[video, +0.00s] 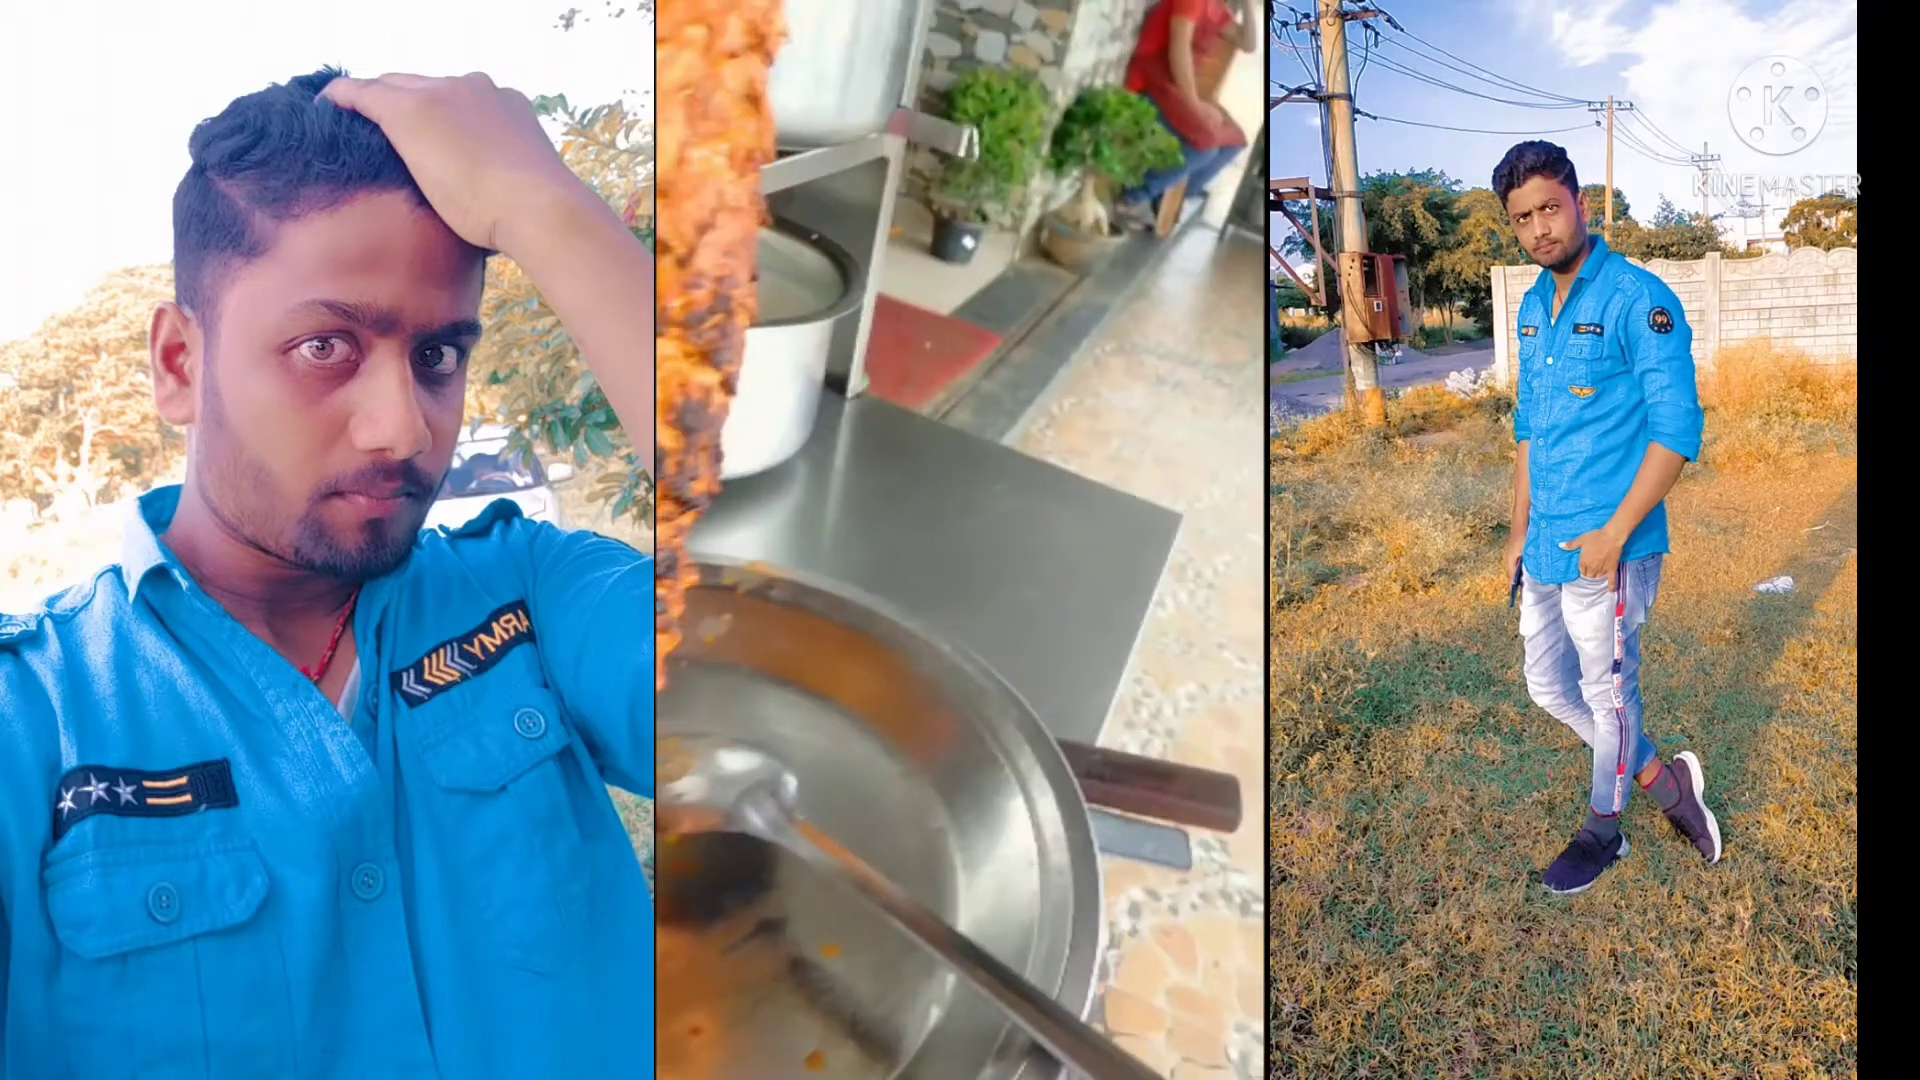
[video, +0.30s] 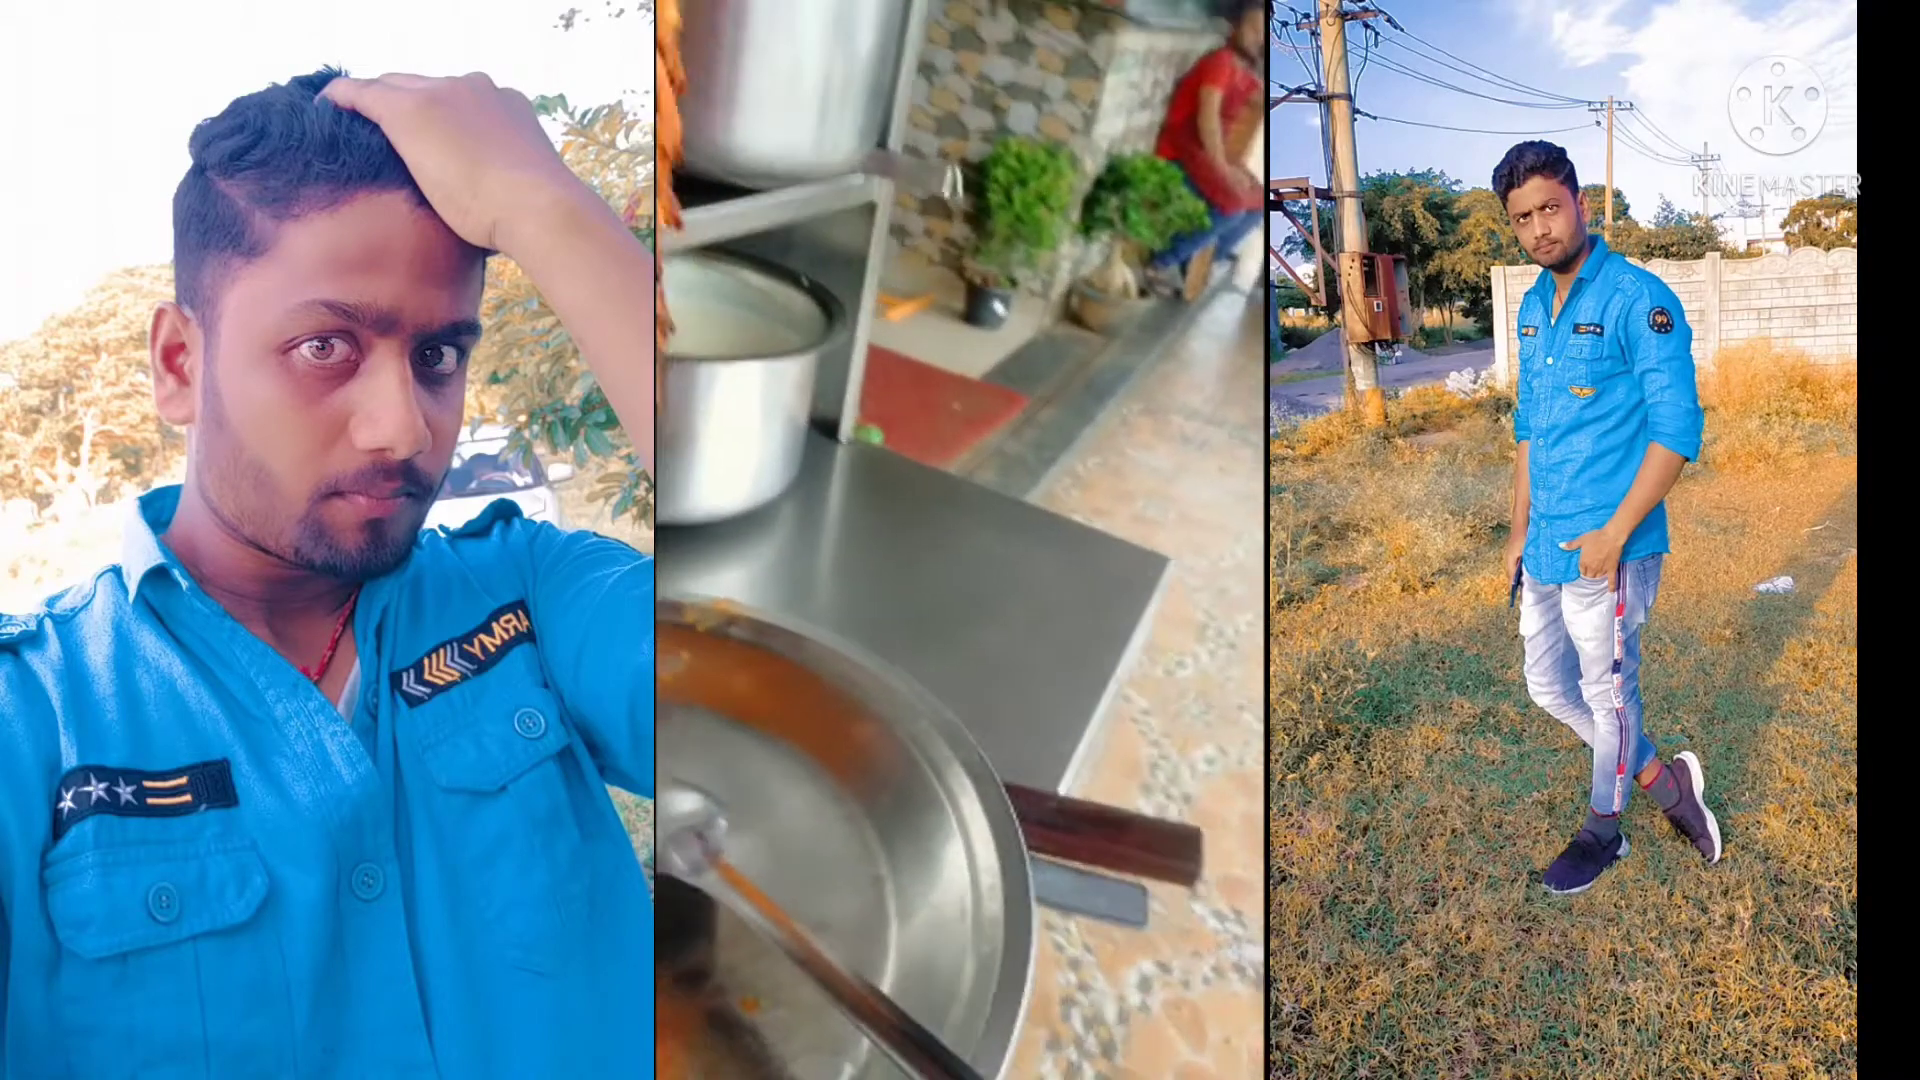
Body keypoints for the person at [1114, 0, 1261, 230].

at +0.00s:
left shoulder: (1218, 10)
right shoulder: (1190, 3)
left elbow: (1248, 45)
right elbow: (1178, 49)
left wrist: (1249, 4)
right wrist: (1193, 104)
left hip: (1179, 86)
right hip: (1152, 82)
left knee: (1234, 141)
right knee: (1204, 143)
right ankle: (1131, 200)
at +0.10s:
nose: (1187, 22)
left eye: (1191, 16)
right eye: (1179, 13)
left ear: (1193, 20)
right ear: (1158, 13)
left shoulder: (1169, 58)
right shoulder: (1146, 43)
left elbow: (1202, 96)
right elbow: (1134, 101)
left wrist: (1198, 50)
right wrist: (1149, 151)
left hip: (1136, 134)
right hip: (1109, 131)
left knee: (1187, 189)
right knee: (1160, 189)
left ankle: (1135, 243)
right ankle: (1092, 243)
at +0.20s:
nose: (1220, 2)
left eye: (1223, 2)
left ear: (1222, 7)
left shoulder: (1205, 34)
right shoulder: (1182, 19)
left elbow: (1236, 73)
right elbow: (1167, 77)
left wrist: (1233, 28)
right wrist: (1183, 129)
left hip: (1168, 113)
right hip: (1141, 110)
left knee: (1221, 169)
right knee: (1193, 168)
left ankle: (1161, 223)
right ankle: (1123, 222)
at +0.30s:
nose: (1258, 36)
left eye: (1263, 28)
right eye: (1252, 26)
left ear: (1267, 34)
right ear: (1235, 26)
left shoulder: (1253, 78)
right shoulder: (1222, 62)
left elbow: (1239, 133)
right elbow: (1208, 115)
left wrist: (1239, 165)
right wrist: (1220, 164)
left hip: (1214, 154)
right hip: (1183, 150)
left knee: (1257, 201)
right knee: (1231, 204)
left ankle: (1216, 254)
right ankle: (1163, 262)